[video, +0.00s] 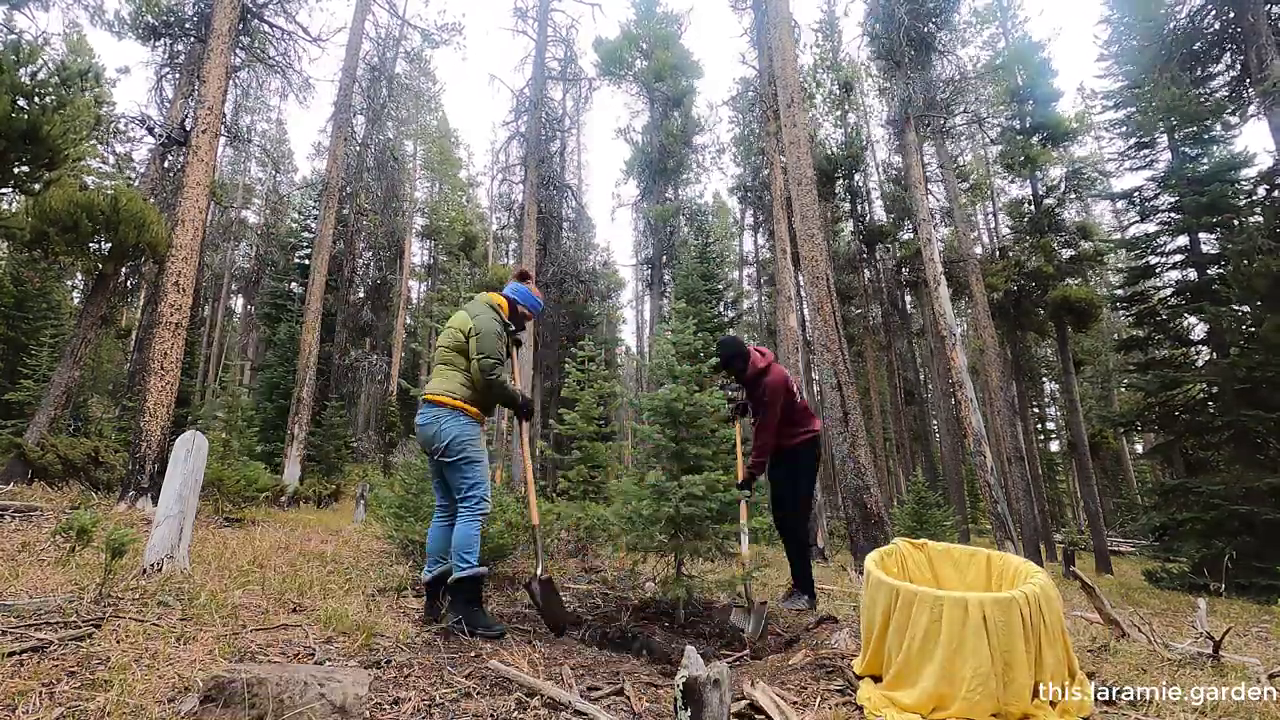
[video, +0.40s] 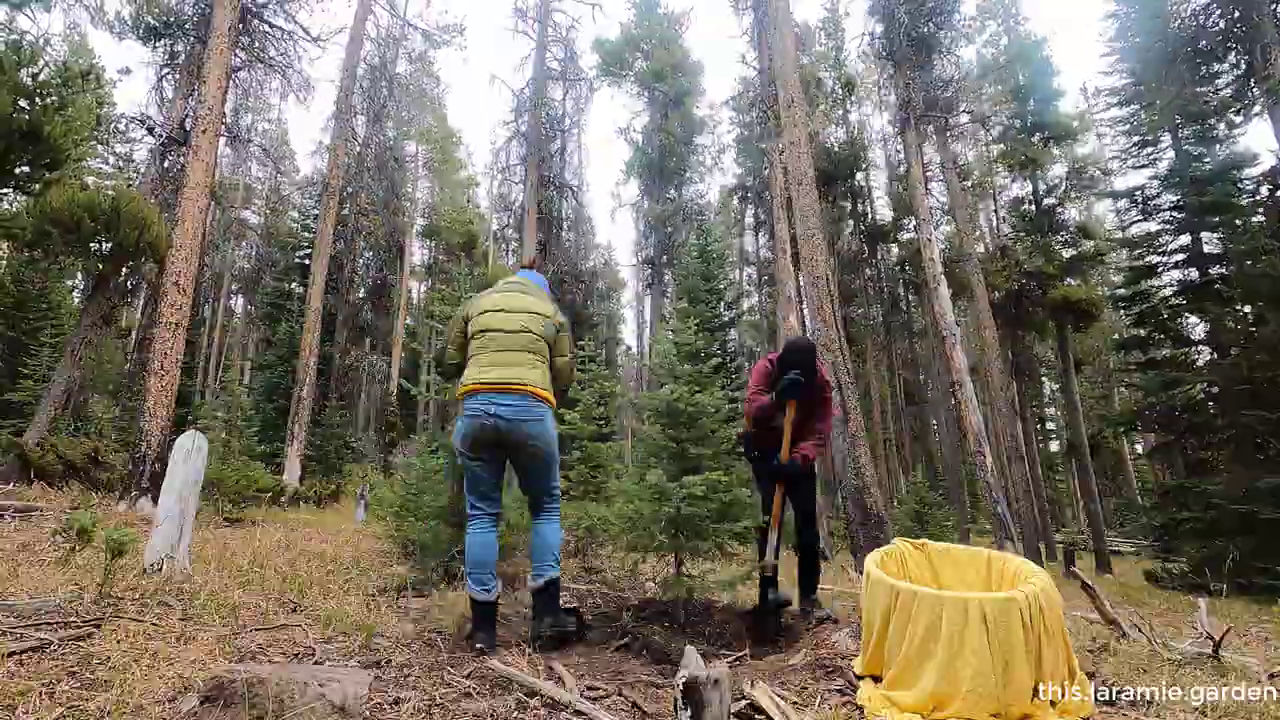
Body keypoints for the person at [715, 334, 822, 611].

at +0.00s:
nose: (732, 374)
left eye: (733, 368)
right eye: (728, 369)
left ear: (744, 359)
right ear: (731, 363)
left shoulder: (771, 379)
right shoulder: (752, 375)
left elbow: (767, 430)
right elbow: (761, 404)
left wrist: (752, 472)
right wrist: (745, 406)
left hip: (800, 446)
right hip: (782, 448)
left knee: (793, 519)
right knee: (783, 518)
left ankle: (805, 592)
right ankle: (799, 586)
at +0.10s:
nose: (774, 420)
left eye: (776, 413)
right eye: (769, 413)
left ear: (788, 404)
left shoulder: (816, 413)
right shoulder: (780, 384)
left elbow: (817, 473)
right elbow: (793, 359)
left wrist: (791, 516)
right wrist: (776, 422)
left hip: (847, 443)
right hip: (818, 446)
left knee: (836, 519)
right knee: (810, 519)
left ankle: (839, 598)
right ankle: (825, 588)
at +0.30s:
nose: (806, 382)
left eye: (811, 377)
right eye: (801, 376)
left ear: (819, 370)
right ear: (791, 364)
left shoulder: (822, 379)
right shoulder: (771, 370)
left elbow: (826, 416)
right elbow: (752, 410)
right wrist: (766, 382)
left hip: (807, 455)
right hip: (772, 452)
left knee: (808, 526)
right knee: (762, 517)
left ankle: (819, 596)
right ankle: (754, 579)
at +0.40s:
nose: (796, 378)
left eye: (804, 372)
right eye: (791, 371)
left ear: (813, 367)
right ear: (780, 363)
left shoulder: (820, 382)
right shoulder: (766, 368)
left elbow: (821, 433)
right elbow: (752, 409)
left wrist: (798, 458)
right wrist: (777, 397)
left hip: (799, 451)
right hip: (764, 448)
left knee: (807, 523)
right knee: (771, 514)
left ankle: (808, 598)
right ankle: (768, 590)